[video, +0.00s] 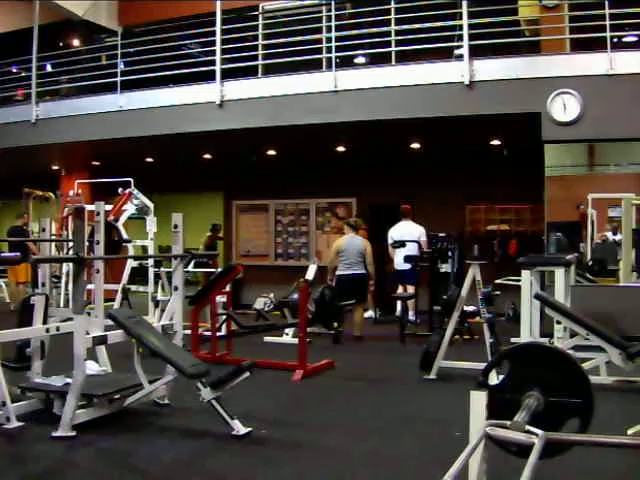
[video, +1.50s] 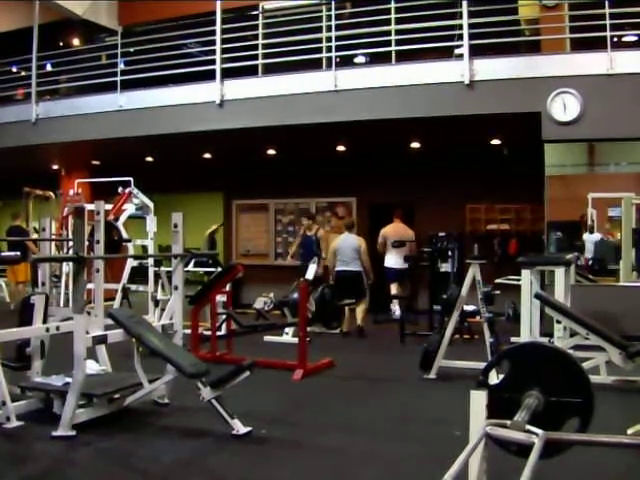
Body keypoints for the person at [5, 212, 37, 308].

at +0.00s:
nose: (28, 220)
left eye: (27, 217)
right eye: (27, 218)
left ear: (17, 218)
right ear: (24, 218)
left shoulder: (10, 230)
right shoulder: (23, 231)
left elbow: (10, 244)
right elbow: (30, 244)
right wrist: (36, 251)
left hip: (10, 260)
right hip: (22, 259)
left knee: (12, 284)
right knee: (21, 284)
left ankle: (13, 303)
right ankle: (21, 303)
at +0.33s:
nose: (28, 220)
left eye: (27, 217)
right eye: (27, 218)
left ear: (17, 218)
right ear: (24, 218)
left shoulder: (10, 230)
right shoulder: (23, 231)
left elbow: (10, 244)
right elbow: (30, 244)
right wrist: (36, 251)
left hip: (10, 260)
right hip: (22, 259)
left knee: (12, 284)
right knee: (21, 284)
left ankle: (13, 303)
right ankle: (21, 303)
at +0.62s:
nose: (27, 220)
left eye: (26, 218)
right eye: (26, 218)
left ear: (16, 218)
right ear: (23, 218)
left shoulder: (9, 230)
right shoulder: (23, 231)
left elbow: (10, 244)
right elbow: (28, 244)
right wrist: (35, 251)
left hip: (11, 259)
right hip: (22, 259)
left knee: (12, 284)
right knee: (21, 284)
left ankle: (13, 303)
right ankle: (22, 303)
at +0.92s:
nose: (24, 220)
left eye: (23, 218)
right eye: (24, 218)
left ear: (14, 218)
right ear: (22, 218)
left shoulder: (9, 230)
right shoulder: (23, 230)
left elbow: (9, 243)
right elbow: (28, 243)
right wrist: (36, 251)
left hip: (10, 259)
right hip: (22, 259)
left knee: (12, 283)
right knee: (21, 283)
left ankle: (12, 303)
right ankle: (21, 303)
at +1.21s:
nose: (23, 219)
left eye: (21, 217)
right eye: (22, 217)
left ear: (12, 218)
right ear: (21, 218)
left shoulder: (9, 230)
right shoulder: (23, 230)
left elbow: (9, 243)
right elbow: (29, 243)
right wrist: (35, 250)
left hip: (10, 259)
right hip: (22, 259)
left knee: (12, 283)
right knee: (21, 283)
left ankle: (13, 303)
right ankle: (21, 303)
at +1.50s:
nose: (21, 219)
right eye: (21, 218)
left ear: (12, 218)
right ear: (20, 218)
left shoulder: (8, 230)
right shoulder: (23, 231)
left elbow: (9, 243)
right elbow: (28, 243)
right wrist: (35, 250)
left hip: (10, 260)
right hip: (21, 260)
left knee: (12, 284)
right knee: (21, 284)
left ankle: (12, 303)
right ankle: (21, 304)